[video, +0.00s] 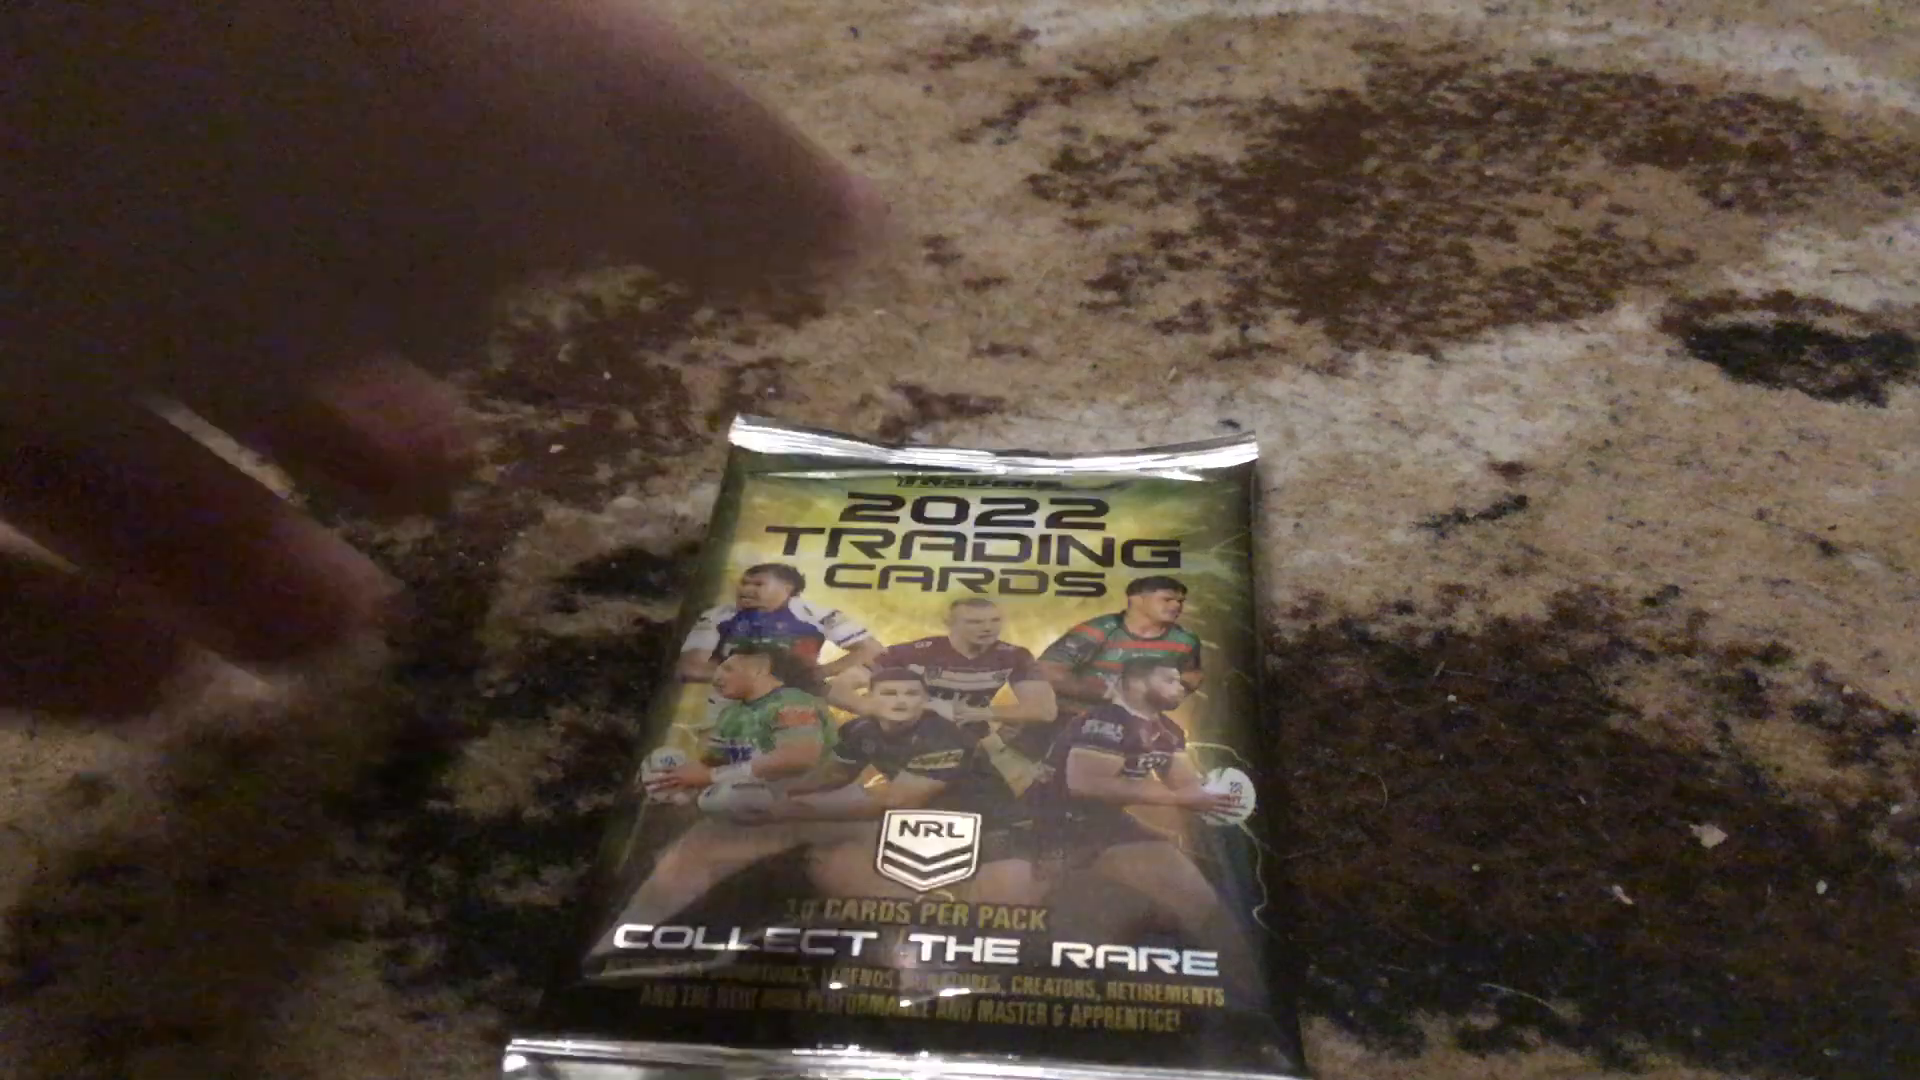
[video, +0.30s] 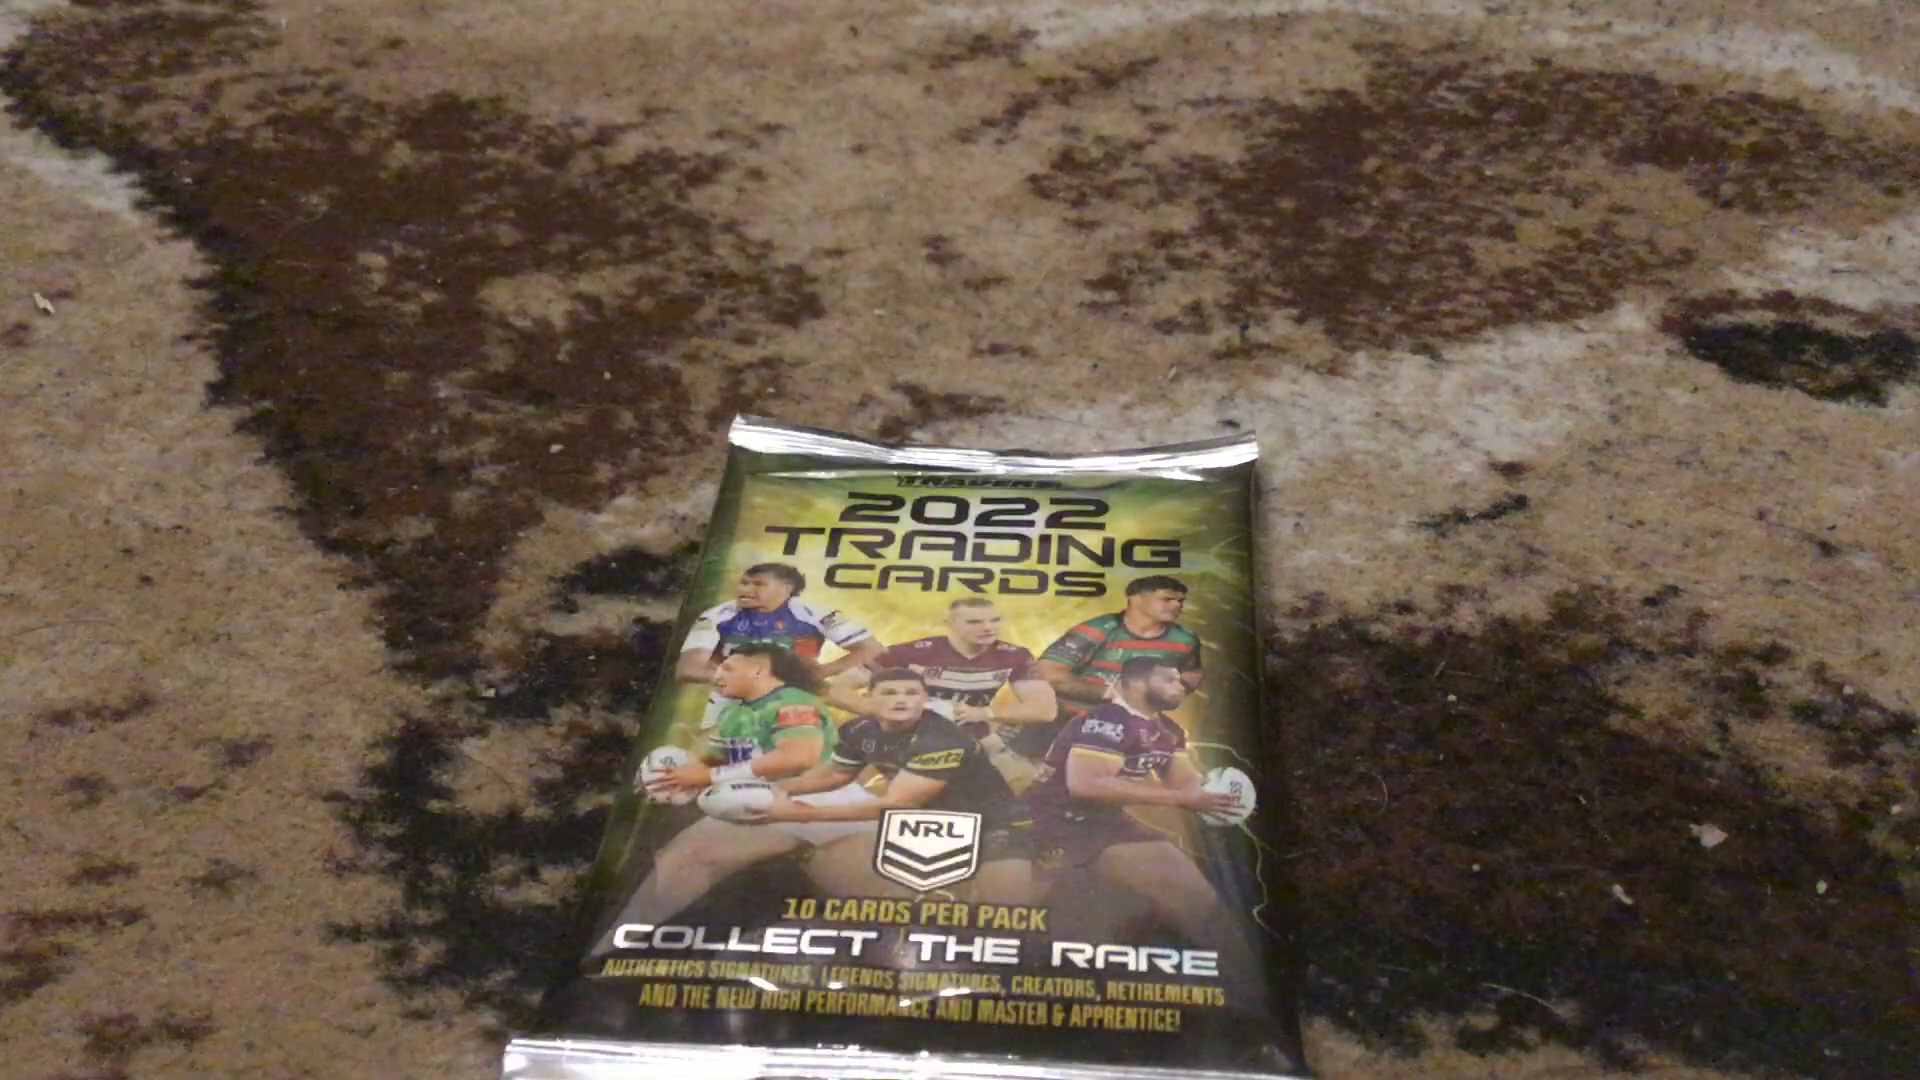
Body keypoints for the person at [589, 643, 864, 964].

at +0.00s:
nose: (719, 676)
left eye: (728, 666)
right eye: (720, 668)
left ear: (762, 665)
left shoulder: (795, 703)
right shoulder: (731, 716)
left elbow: (801, 756)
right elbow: (712, 764)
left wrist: (712, 776)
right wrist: (679, 780)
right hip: (740, 817)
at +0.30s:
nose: (719, 672)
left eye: (729, 664)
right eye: (721, 666)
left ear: (762, 665)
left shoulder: (794, 702)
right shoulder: (732, 714)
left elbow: (802, 755)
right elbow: (717, 766)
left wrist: (711, 776)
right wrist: (676, 782)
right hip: (752, 817)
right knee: (677, 863)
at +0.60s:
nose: (720, 670)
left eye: (729, 662)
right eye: (722, 663)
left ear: (761, 664)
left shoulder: (794, 701)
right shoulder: (733, 714)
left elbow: (801, 755)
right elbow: (719, 766)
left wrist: (712, 775)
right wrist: (676, 781)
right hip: (751, 817)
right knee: (672, 864)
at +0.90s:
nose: (720, 670)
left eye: (729, 662)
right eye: (722, 663)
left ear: (761, 665)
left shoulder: (794, 701)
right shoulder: (734, 715)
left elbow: (802, 755)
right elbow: (712, 762)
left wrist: (711, 776)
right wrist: (669, 780)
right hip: (753, 817)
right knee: (674, 862)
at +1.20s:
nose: (719, 671)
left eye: (728, 663)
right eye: (722, 664)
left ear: (760, 664)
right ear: (756, 666)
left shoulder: (794, 703)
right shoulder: (735, 713)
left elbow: (801, 755)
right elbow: (712, 759)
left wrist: (711, 775)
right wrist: (668, 778)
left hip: (794, 813)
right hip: (746, 813)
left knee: (685, 862)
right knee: (672, 862)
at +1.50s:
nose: (719, 671)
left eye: (729, 662)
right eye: (722, 663)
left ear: (760, 665)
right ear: (756, 667)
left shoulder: (793, 702)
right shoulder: (733, 713)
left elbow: (801, 754)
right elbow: (712, 763)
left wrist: (711, 775)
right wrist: (668, 781)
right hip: (750, 817)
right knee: (673, 863)